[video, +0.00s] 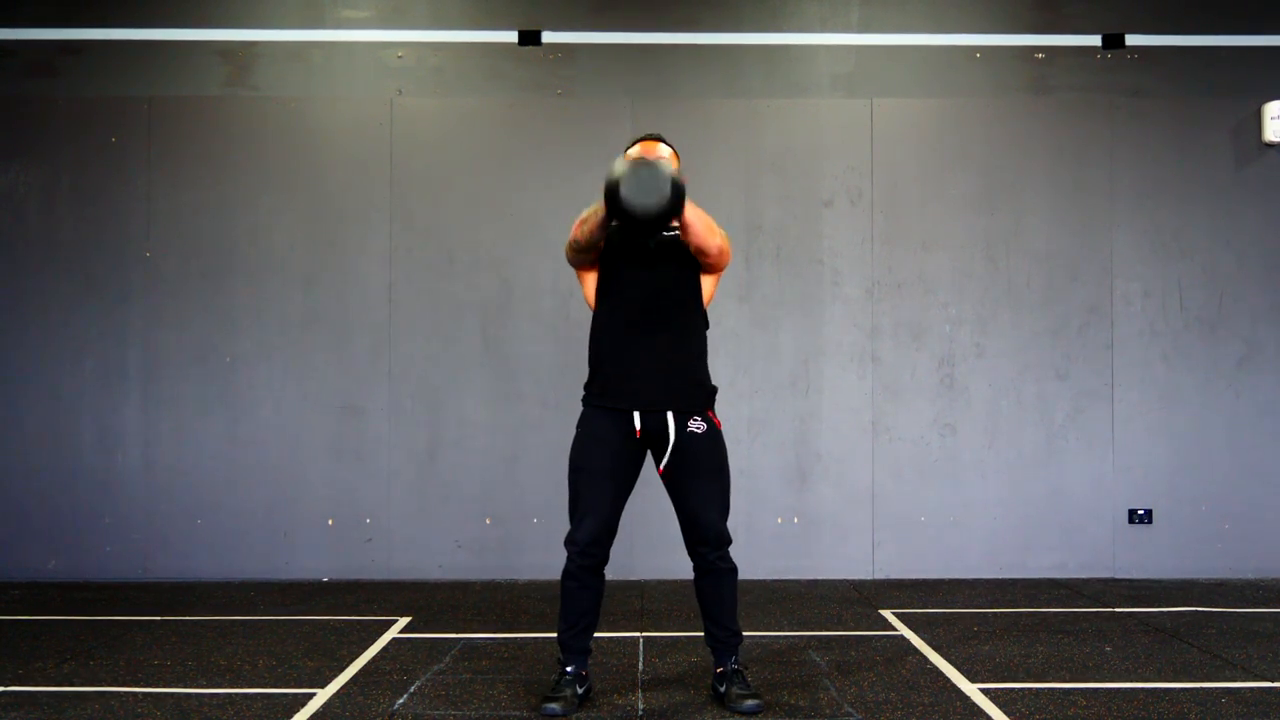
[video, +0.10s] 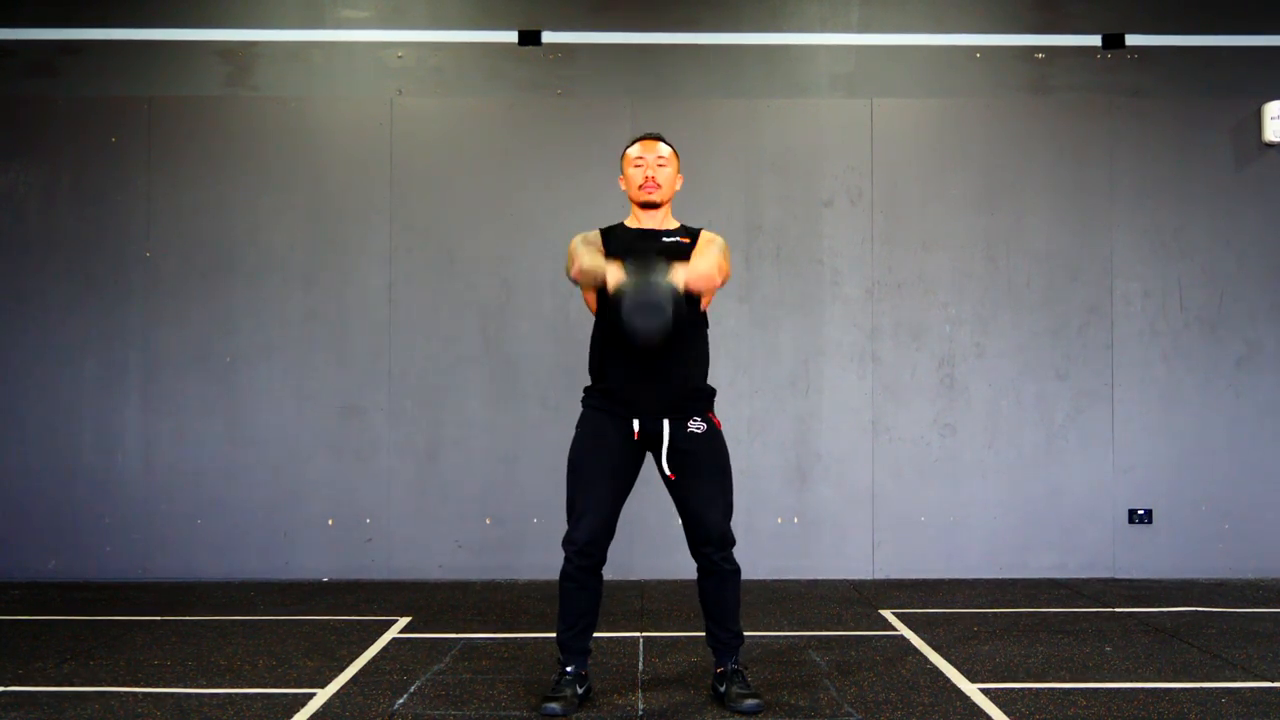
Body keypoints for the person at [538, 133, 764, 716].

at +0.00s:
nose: (651, 172)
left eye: (662, 164)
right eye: (640, 162)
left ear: (679, 181)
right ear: (619, 178)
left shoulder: (701, 250)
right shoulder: (596, 248)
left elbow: (717, 251)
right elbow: (580, 241)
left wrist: (674, 192)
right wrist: (615, 197)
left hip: (688, 414)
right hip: (610, 413)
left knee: (712, 544)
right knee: (585, 545)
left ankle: (729, 670)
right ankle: (572, 672)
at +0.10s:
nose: (650, 170)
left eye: (661, 162)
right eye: (639, 163)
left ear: (679, 179)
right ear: (622, 181)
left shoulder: (704, 242)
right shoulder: (596, 242)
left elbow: (707, 274)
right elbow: (585, 268)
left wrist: (668, 277)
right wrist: (617, 277)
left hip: (687, 414)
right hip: (610, 413)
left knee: (715, 543)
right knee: (583, 543)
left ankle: (729, 670)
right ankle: (572, 672)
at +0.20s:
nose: (650, 170)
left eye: (661, 162)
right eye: (638, 162)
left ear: (679, 179)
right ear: (621, 181)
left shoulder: (708, 251)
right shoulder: (589, 250)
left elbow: (703, 314)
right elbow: (591, 313)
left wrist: (675, 361)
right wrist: (619, 359)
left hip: (688, 416)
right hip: (608, 416)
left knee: (725, 544)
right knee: (574, 546)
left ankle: (730, 670)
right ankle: (571, 673)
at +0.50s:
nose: (646, 234)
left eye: (659, 222)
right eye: (633, 223)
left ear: (677, 231)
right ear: (617, 233)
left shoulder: (712, 306)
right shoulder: (586, 309)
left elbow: (703, 401)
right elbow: (595, 405)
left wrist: (681, 472)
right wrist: (621, 474)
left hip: (690, 445)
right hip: (609, 445)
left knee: (750, 535)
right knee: (552, 537)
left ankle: (734, 668)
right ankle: (568, 673)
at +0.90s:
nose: (653, 188)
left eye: (664, 178)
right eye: (641, 178)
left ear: (680, 190)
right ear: (623, 191)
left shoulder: (712, 261)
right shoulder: (590, 263)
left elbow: (705, 324)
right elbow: (596, 324)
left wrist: (680, 373)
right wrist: (623, 369)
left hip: (691, 426)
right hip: (610, 426)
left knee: (723, 553)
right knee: (581, 553)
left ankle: (730, 672)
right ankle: (573, 673)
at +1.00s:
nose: (655, 180)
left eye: (667, 172)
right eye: (644, 172)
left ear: (682, 189)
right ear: (625, 189)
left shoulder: (706, 251)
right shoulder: (597, 250)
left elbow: (707, 283)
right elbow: (594, 276)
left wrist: (671, 287)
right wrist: (622, 284)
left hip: (690, 415)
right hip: (612, 413)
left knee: (716, 543)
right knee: (583, 544)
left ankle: (729, 670)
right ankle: (573, 672)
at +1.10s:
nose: (655, 175)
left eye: (666, 165)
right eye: (645, 164)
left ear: (681, 183)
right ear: (626, 180)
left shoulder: (702, 249)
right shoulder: (601, 247)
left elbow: (715, 260)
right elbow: (583, 250)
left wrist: (679, 199)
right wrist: (618, 204)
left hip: (687, 413)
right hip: (611, 411)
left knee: (712, 545)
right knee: (586, 545)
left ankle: (729, 670)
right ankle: (573, 672)